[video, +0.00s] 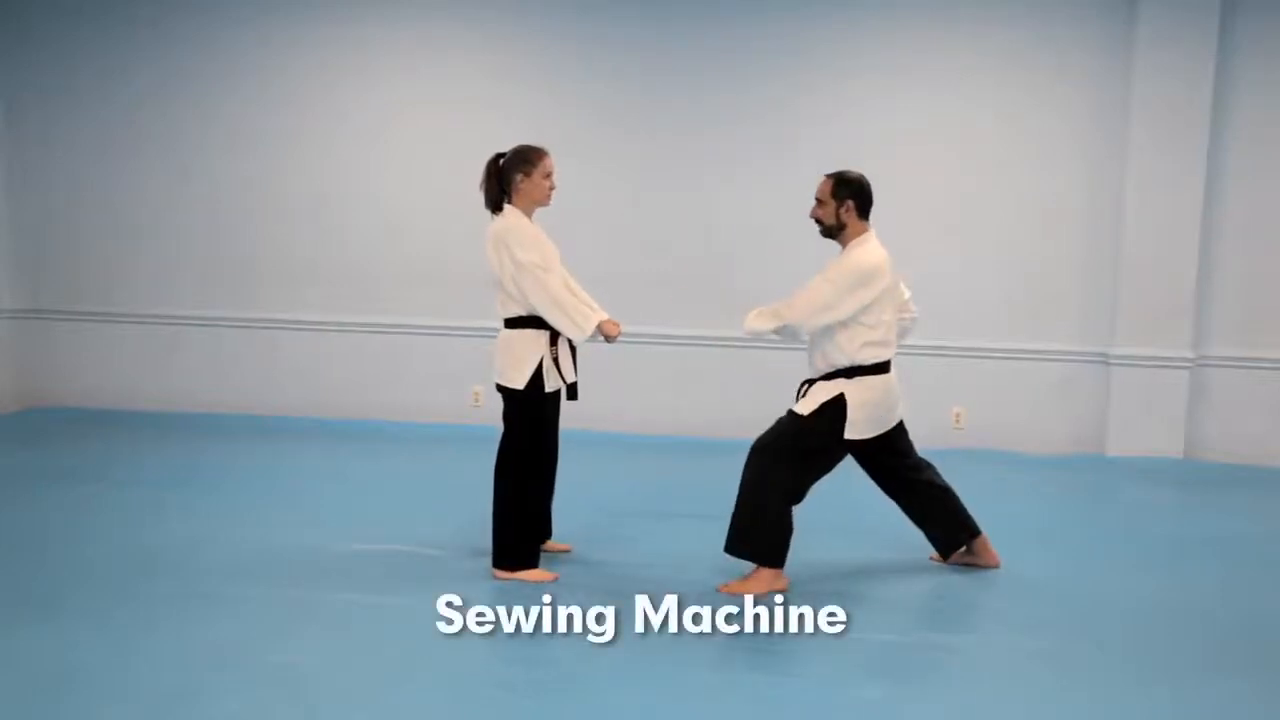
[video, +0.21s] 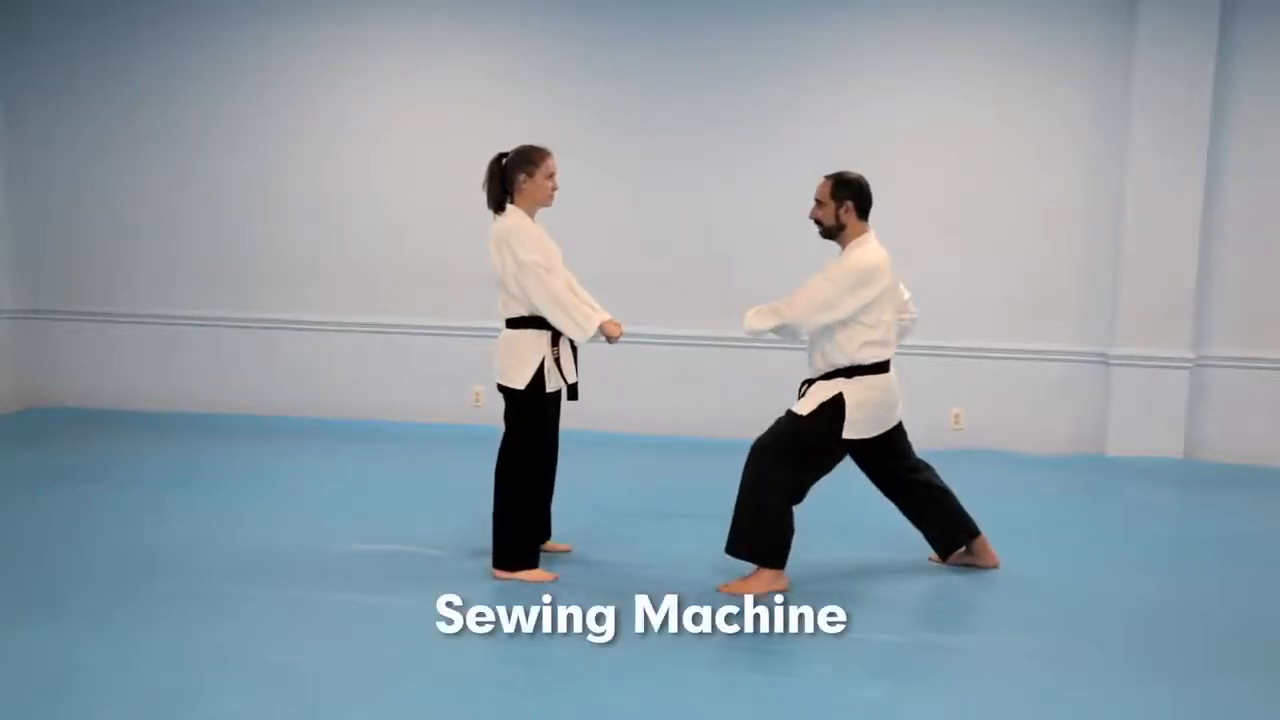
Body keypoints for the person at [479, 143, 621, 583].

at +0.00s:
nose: (553, 185)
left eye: (553, 177)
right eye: (546, 177)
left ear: (525, 183)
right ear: (519, 182)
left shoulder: (528, 228)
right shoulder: (511, 230)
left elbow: (562, 279)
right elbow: (544, 289)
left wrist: (598, 316)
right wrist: (594, 324)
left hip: (545, 352)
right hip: (526, 354)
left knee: (542, 452)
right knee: (521, 457)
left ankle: (534, 537)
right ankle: (510, 562)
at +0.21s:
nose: (555, 186)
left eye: (555, 177)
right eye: (549, 178)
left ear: (528, 183)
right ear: (522, 182)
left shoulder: (530, 228)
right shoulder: (514, 229)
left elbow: (564, 279)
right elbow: (547, 290)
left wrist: (600, 316)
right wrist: (596, 324)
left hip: (545, 353)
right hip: (528, 354)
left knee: (541, 452)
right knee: (522, 457)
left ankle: (534, 538)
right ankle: (510, 562)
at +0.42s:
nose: (561, 185)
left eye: (561, 176)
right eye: (555, 177)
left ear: (534, 182)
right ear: (528, 181)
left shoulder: (533, 226)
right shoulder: (519, 228)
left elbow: (566, 280)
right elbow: (548, 290)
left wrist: (601, 316)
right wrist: (597, 323)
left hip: (544, 352)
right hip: (527, 354)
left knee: (542, 452)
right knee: (528, 456)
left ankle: (534, 537)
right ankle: (513, 560)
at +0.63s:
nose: (583, 201)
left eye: (583, 193)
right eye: (578, 193)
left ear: (552, 194)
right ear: (554, 194)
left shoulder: (538, 227)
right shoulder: (530, 229)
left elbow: (566, 277)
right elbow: (553, 287)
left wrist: (604, 308)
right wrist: (603, 313)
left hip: (511, 354)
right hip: (504, 358)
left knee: (535, 453)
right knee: (531, 457)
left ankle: (537, 542)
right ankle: (526, 557)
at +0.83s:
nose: (576, 219)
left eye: (576, 211)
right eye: (571, 210)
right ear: (548, 206)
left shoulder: (542, 252)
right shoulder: (519, 238)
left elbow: (544, 309)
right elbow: (549, 228)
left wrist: (564, 330)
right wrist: (564, 213)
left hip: (467, 366)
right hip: (478, 371)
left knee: (448, 452)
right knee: (525, 462)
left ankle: (386, 510)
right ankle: (521, 562)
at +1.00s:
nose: (538, 224)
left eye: (537, 216)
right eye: (533, 216)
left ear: (511, 217)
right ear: (511, 218)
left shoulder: (512, 260)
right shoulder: (476, 248)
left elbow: (500, 334)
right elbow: (462, 228)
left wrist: (510, 392)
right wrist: (476, 195)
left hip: (439, 376)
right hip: (464, 382)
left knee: (391, 459)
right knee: (532, 466)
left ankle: (315, 521)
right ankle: (527, 563)